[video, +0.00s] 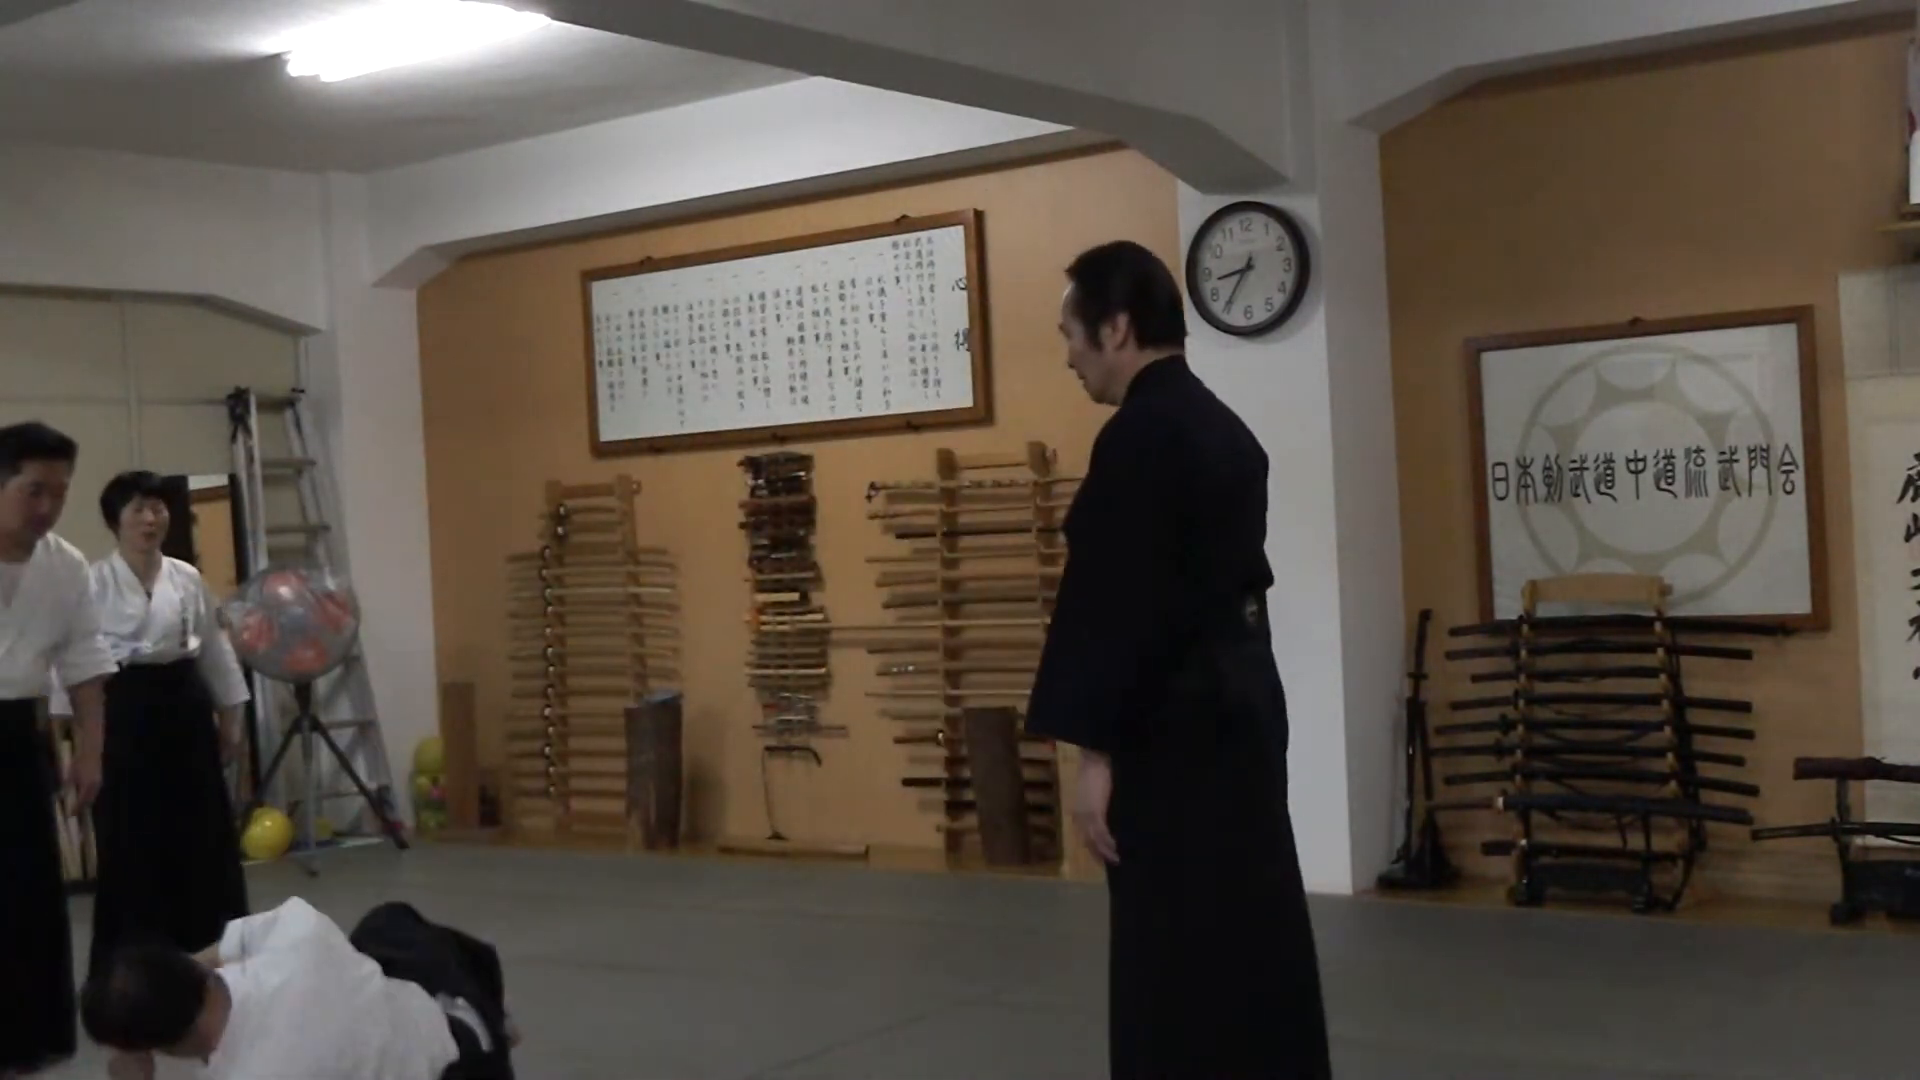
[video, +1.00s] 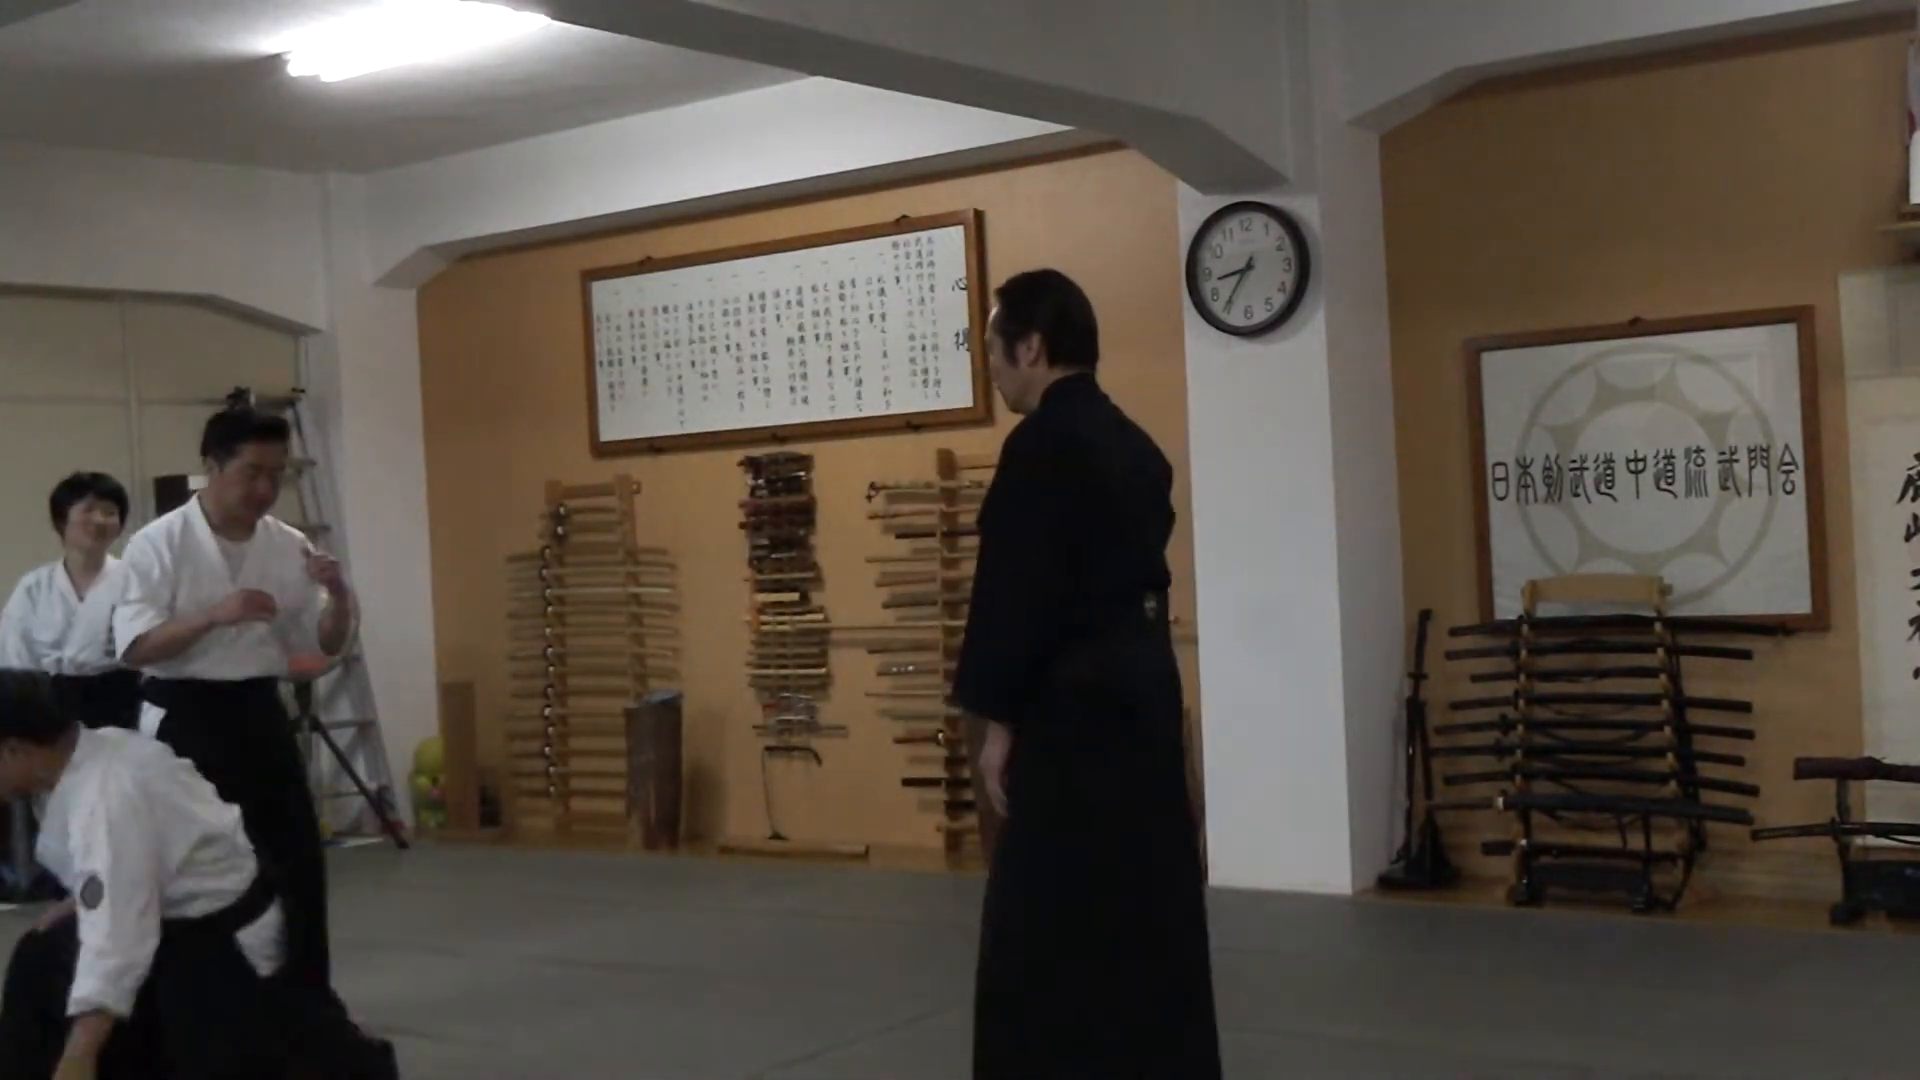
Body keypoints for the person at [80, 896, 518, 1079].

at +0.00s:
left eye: (122, 1047)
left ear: (147, 1045)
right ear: (187, 965)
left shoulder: (233, 1073)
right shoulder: (296, 931)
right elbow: (296, 914)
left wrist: (134, 1067)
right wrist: (202, 963)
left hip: (447, 1074)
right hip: (457, 1027)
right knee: (388, 918)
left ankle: (488, 1030)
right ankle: (490, 1021)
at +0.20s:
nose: (104, 1029)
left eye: (98, 1021)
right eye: (97, 1021)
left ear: (116, 1016)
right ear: (144, 933)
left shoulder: (193, 1062)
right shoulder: (242, 905)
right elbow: (328, 944)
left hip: (415, 1072)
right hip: (433, 1007)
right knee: (395, 949)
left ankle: (507, 1066)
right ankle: (509, 1067)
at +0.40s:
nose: (71, 1051)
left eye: (64, 1043)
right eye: (64, 1043)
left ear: (77, 1035)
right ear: (85, 950)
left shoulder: (178, 1034)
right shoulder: (150, 905)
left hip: (362, 1025)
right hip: (372, 942)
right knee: (460, 1017)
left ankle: (512, 1063)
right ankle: (514, 1059)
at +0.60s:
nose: (41, 1030)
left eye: (36, 1020)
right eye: (31, 1021)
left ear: (52, 1004)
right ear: (54, 939)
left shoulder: (160, 1023)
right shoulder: (107, 886)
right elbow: (174, 829)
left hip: (350, 972)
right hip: (309, 876)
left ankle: (457, 1052)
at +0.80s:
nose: (15, 909)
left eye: (13, 898)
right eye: (9, 899)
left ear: (36, 884)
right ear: (56, 821)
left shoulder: (144, 933)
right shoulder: (118, 801)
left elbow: (117, 1065)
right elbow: (196, 794)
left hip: (305, 977)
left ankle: (378, 1062)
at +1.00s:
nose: (1, 772)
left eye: (0, 757)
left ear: (21, 748)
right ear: (35, 737)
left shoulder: (107, 787)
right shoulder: (84, 765)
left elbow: (124, 927)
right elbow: (121, 866)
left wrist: (81, 1051)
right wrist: (76, 905)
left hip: (231, 933)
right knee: (38, 960)